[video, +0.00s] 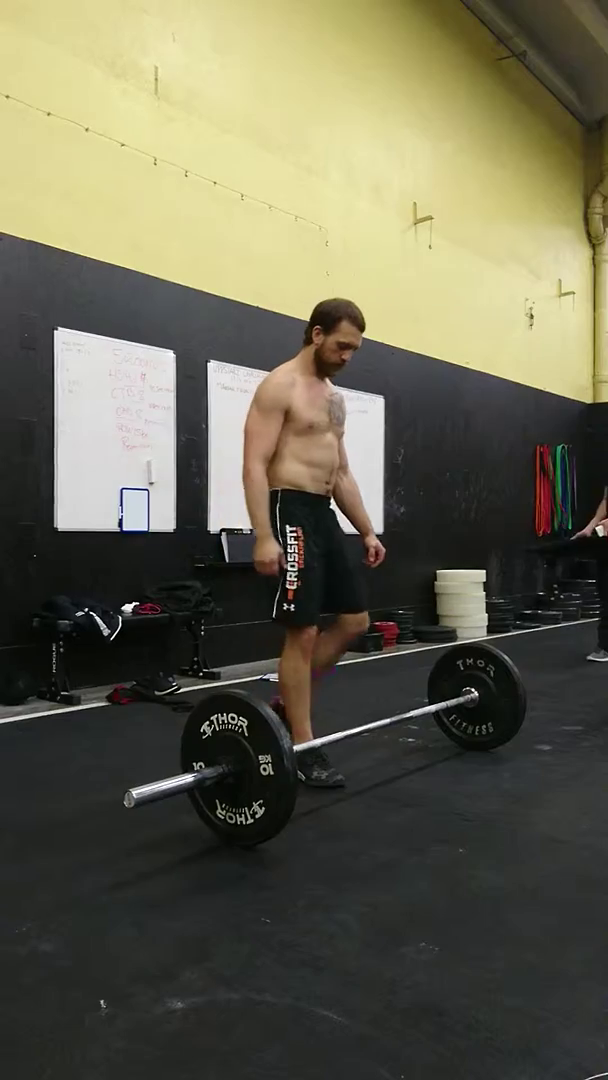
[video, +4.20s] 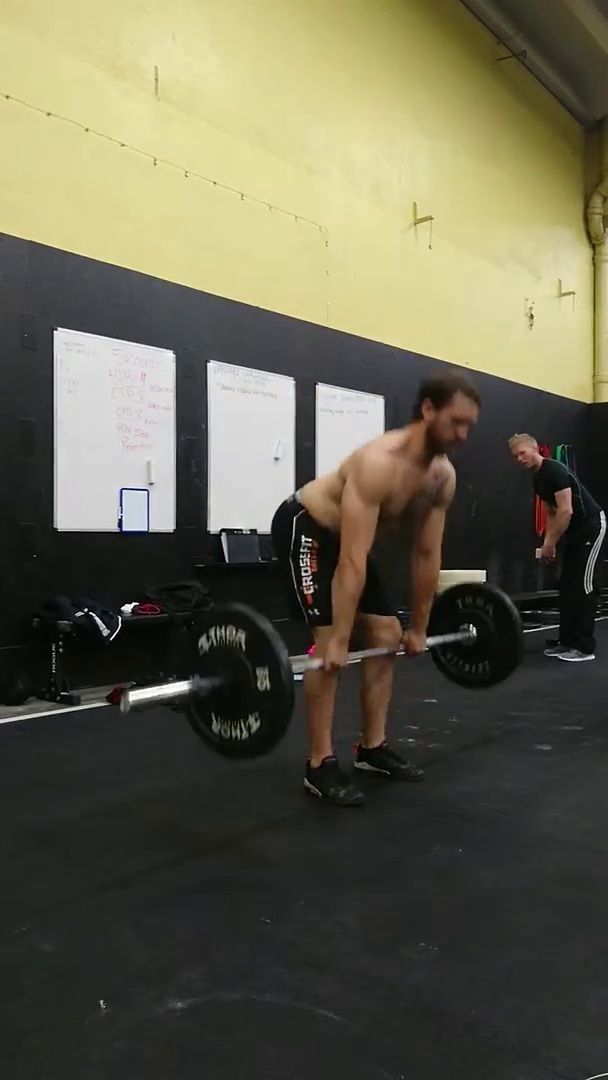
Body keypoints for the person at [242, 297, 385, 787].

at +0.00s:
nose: (347, 356)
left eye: (353, 349)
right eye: (342, 346)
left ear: (353, 346)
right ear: (315, 335)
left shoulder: (333, 397)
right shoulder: (279, 384)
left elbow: (339, 473)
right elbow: (254, 463)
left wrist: (366, 531)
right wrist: (263, 535)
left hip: (324, 515)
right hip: (289, 512)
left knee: (352, 621)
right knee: (302, 635)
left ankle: (284, 696)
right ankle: (304, 748)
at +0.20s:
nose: (365, 355)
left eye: (372, 347)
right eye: (360, 344)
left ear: (372, 344)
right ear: (334, 333)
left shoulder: (351, 396)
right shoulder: (296, 381)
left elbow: (355, 472)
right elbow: (272, 456)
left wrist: (380, 531)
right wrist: (301, 519)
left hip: (339, 515)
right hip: (298, 515)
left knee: (362, 627)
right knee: (304, 636)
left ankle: (352, 737)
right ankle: (303, 749)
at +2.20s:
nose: (399, 344)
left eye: (405, 336)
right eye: (394, 333)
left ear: (402, 334)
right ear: (365, 322)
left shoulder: (389, 385)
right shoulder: (327, 374)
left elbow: (391, 464)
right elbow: (293, 453)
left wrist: (412, 524)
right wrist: (305, 528)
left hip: (373, 514)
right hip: (336, 512)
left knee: (369, 638)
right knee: (331, 639)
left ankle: (371, 748)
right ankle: (319, 763)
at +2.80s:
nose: (441, 386)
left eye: (448, 378)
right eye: (438, 375)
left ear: (440, 369)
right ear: (411, 357)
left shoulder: (418, 419)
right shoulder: (356, 401)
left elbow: (411, 495)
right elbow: (326, 487)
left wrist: (417, 570)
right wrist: (332, 571)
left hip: (355, 516)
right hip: (312, 512)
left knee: (372, 636)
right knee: (328, 638)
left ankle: (371, 746)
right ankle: (319, 761)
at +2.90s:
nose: (453, 425)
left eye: (459, 418)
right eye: (451, 414)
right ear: (425, 395)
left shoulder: (425, 450)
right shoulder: (365, 433)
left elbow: (413, 525)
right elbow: (338, 523)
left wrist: (413, 601)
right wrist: (337, 607)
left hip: (351, 526)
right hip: (305, 520)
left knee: (373, 635)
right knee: (328, 638)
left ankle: (371, 744)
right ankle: (320, 761)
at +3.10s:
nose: (459, 501)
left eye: (467, 495)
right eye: (459, 491)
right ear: (437, 468)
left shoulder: (433, 513)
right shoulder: (375, 498)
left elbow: (419, 586)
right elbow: (346, 593)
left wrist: (413, 659)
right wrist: (336, 678)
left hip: (352, 545)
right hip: (298, 536)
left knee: (382, 636)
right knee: (328, 643)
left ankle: (373, 746)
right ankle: (320, 761)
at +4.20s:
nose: (463, 435)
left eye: (469, 426)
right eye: (457, 422)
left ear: (471, 424)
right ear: (427, 410)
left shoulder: (442, 476)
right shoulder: (378, 462)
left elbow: (427, 554)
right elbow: (352, 559)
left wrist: (418, 628)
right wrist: (337, 639)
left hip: (356, 538)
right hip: (308, 529)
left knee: (385, 636)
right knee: (330, 646)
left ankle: (373, 747)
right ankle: (319, 763)